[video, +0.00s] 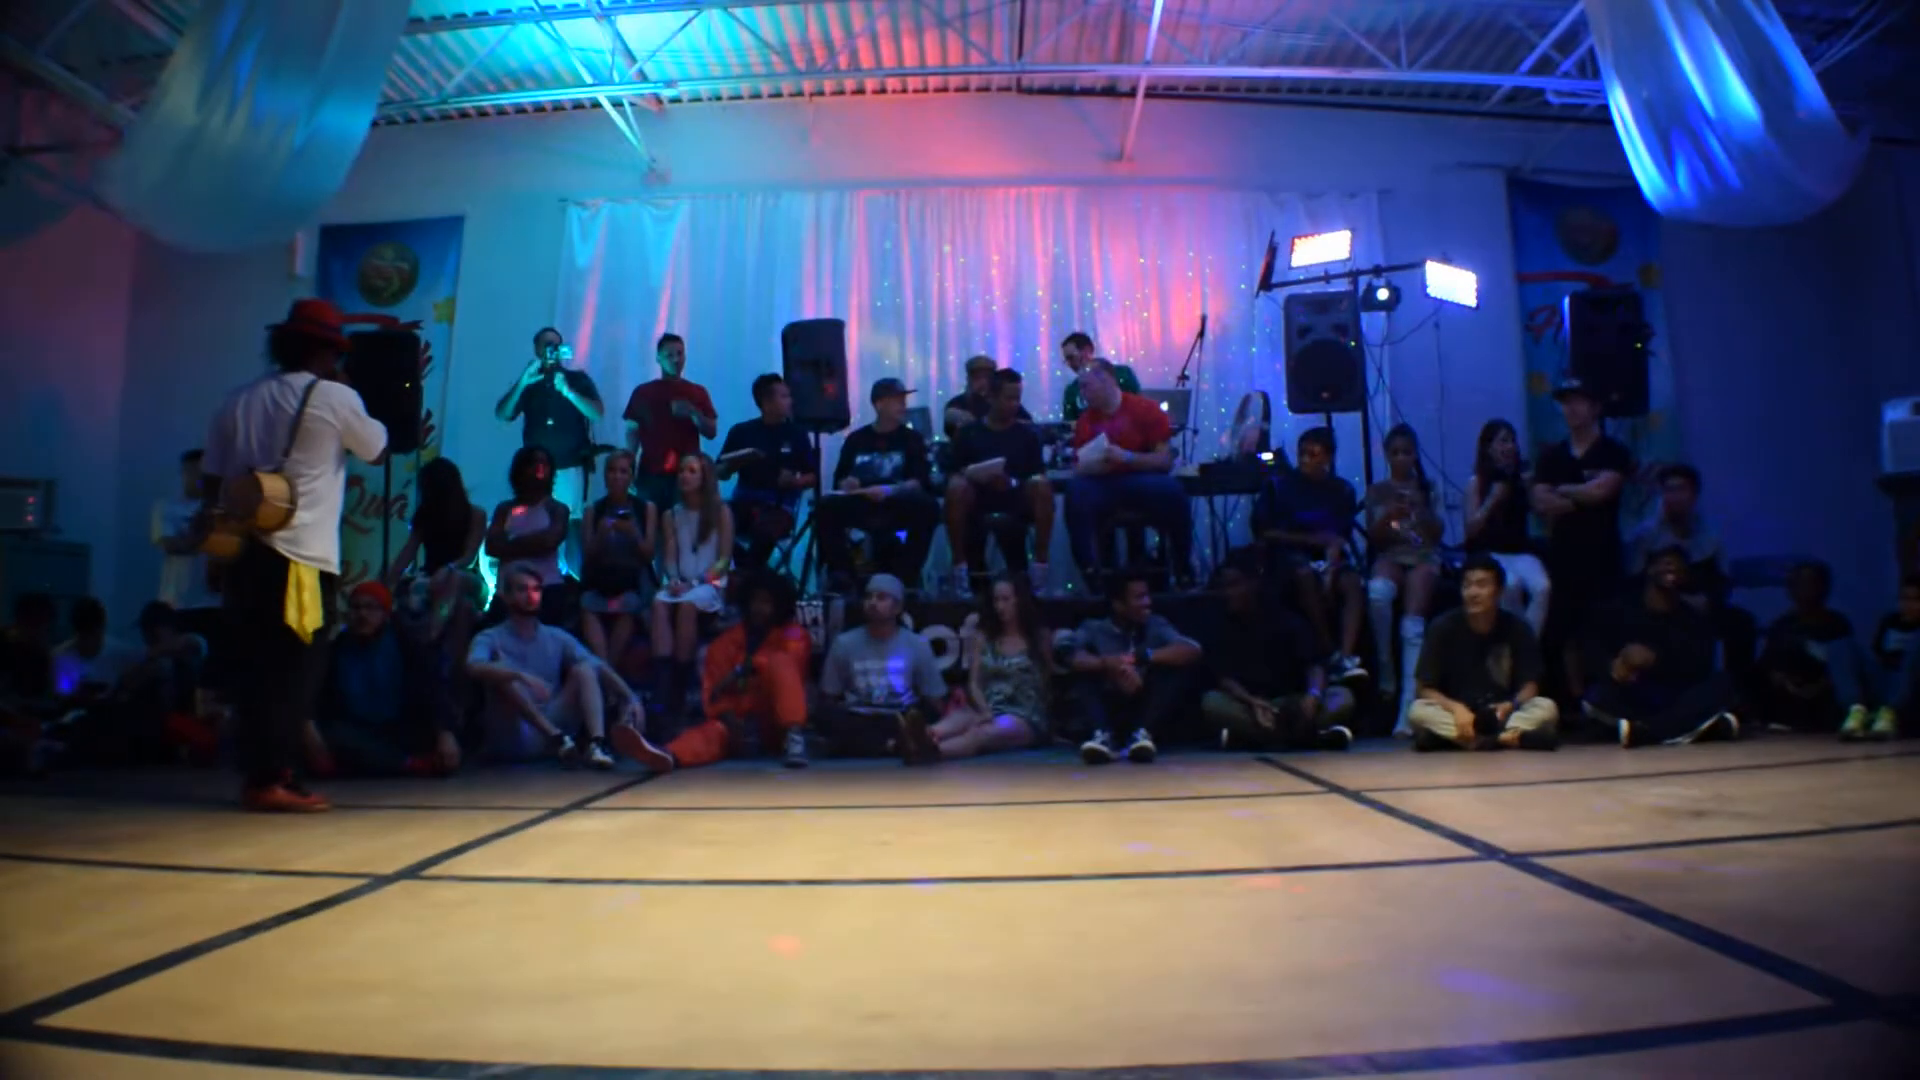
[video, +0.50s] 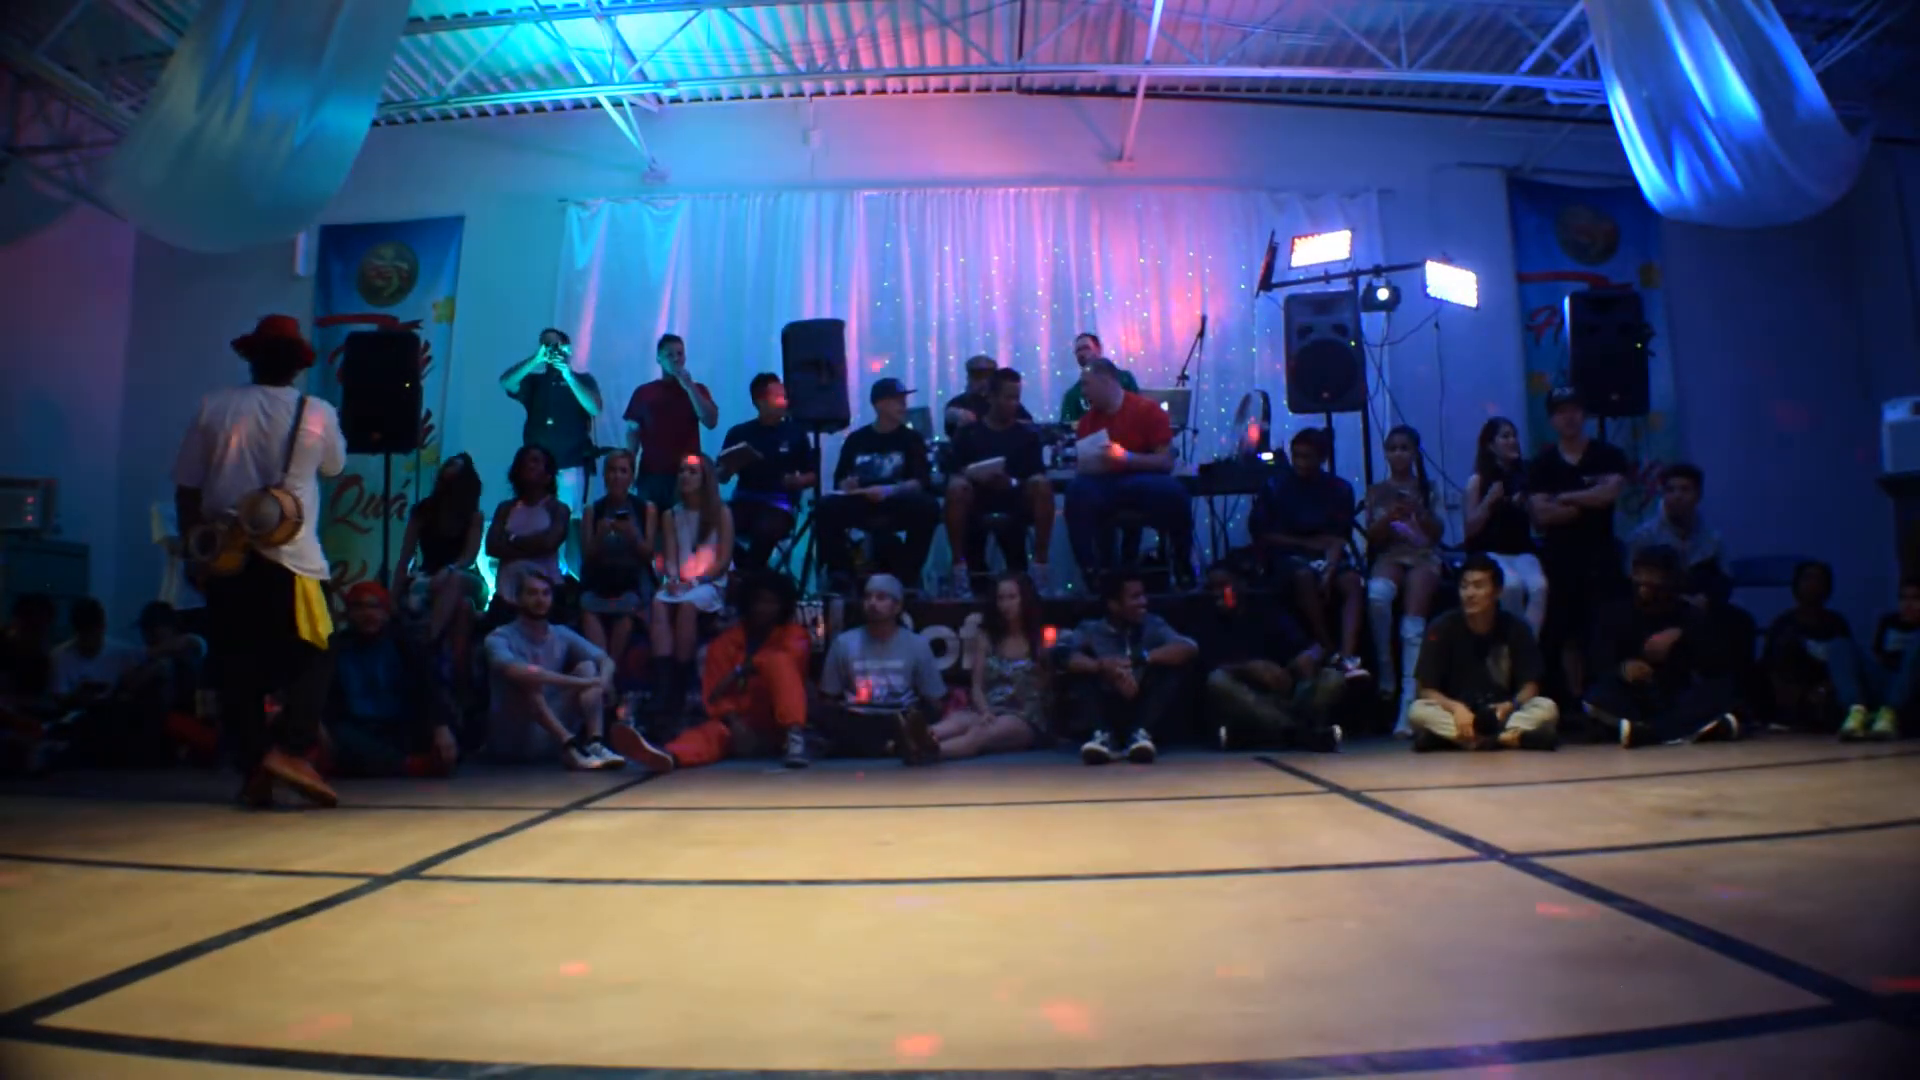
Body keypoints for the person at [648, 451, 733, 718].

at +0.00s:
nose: (685, 476)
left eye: (692, 471)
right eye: (682, 471)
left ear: (704, 477)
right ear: (678, 477)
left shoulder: (720, 512)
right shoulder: (670, 516)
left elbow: (725, 557)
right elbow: (669, 556)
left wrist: (705, 579)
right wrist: (674, 579)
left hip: (709, 579)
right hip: (679, 580)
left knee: (687, 605)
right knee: (659, 604)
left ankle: (681, 679)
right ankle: (662, 677)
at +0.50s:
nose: (685, 476)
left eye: (692, 471)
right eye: (682, 471)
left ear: (705, 478)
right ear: (678, 477)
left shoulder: (720, 513)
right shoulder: (671, 516)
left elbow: (723, 559)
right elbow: (670, 556)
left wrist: (701, 578)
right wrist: (673, 577)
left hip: (709, 579)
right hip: (679, 580)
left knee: (687, 606)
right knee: (659, 605)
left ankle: (680, 680)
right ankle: (662, 679)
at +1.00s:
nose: (697, 477)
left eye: (703, 471)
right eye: (691, 471)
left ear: (710, 477)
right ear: (681, 477)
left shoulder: (720, 512)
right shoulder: (671, 516)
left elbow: (724, 560)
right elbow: (670, 555)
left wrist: (698, 580)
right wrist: (673, 576)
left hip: (710, 579)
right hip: (679, 580)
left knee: (687, 606)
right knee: (659, 605)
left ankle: (681, 679)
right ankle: (662, 678)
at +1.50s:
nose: (698, 476)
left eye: (704, 471)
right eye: (692, 471)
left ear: (711, 477)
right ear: (682, 477)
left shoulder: (721, 512)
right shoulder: (671, 516)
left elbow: (723, 560)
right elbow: (670, 556)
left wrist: (697, 581)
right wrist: (673, 577)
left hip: (711, 579)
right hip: (680, 580)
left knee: (687, 606)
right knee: (659, 605)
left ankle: (681, 682)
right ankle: (662, 680)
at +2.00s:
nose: (699, 477)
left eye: (704, 472)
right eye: (693, 472)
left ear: (711, 477)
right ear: (683, 477)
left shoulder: (721, 513)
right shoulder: (672, 516)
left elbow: (725, 560)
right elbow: (671, 557)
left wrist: (699, 580)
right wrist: (675, 577)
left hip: (710, 579)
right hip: (681, 580)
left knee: (688, 605)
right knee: (661, 603)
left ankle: (682, 679)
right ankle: (663, 678)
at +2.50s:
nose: (694, 476)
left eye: (699, 471)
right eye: (688, 471)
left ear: (709, 476)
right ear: (681, 477)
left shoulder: (721, 512)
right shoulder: (671, 516)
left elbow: (724, 561)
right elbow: (670, 557)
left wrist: (697, 580)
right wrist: (673, 578)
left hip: (710, 580)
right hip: (680, 580)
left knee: (688, 605)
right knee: (660, 603)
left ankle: (682, 679)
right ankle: (662, 677)